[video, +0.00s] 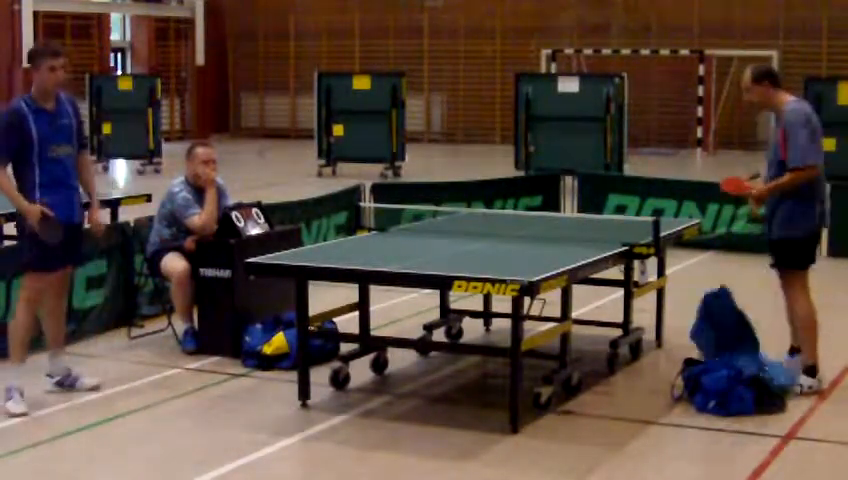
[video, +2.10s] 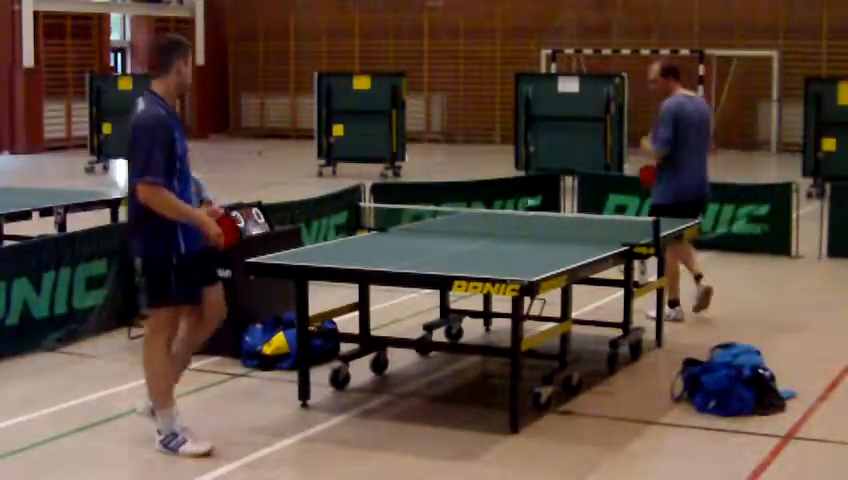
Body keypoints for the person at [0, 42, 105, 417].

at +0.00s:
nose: (59, 76)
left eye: (62, 69)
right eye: (52, 70)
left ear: (65, 72)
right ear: (33, 72)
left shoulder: (71, 108)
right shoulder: (15, 115)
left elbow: (82, 157)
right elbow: (0, 169)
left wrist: (94, 203)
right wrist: (23, 205)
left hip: (70, 214)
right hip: (38, 216)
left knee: (60, 288)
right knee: (32, 291)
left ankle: (57, 368)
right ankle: (13, 383)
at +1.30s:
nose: (102, 72)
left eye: (102, 65)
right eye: (96, 64)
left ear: (88, 68)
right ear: (73, 64)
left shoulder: (99, 112)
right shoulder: (36, 114)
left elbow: (110, 163)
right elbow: (22, 174)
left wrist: (121, 179)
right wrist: (64, 201)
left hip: (98, 228)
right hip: (58, 232)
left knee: (92, 308)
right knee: (59, 307)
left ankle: (80, 406)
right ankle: (36, 380)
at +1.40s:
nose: (109, 70)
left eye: (109, 64)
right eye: (103, 62)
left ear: (98, 66)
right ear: (80, 63)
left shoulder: (104, 109)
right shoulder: (49, 111)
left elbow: (118, 160)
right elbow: (48, 177)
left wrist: (121, 166)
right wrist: (110, 187)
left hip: (106, 227)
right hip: (70, 231)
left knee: (96, 312)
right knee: (79, 312)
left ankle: (81, 405)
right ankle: (55, 401)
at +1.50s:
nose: (114, 72)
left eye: (114, 64)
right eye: (109, 63)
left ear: (101, 66)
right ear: (87, 64)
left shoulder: (107, 108)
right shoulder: (61, 114)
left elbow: (130, 166)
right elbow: (71, 177)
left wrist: (123, 153)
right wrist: (134, 175)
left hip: (111, 228)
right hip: (82, 232)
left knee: (100, 317)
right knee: (95, 316)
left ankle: (84, 405)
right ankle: (84, 408)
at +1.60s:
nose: (126, 73)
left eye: (125, 66)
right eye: (121, 66)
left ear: (108, 68)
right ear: (100, 67)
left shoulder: (113, 110)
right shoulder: (75, 116)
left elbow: (129, 158)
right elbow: (89, 179)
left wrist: (156, 163)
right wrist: (149, 177)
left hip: (118, 232)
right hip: (95, 237)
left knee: (100, 318)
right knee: (114, 320)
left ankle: (82, 408)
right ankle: (122, 424)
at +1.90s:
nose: (165, 74)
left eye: (164, 67)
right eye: (161, 67)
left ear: (139, 68)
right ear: (147, 69)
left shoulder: (145, 114)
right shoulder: (121, 120)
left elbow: (151, 178)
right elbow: (120, 192)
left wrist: (180, 209)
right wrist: (174, 214)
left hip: (156, 238)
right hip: (139, 242)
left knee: (149, 330)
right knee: (151, 332)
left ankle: (98, 394)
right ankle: (168, 428)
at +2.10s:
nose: (191, 75)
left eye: (190, 67)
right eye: (189, 67)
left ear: (163, 67)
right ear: (177, 68)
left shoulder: (167, 113)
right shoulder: (151, 118)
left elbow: (176, 175)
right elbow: (147, 189)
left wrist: (203, 201)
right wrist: (199, 218)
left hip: (183, 233)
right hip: (159, 239)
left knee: (211, 310)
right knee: (162, 324)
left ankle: (159, 390)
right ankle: (167, 426)